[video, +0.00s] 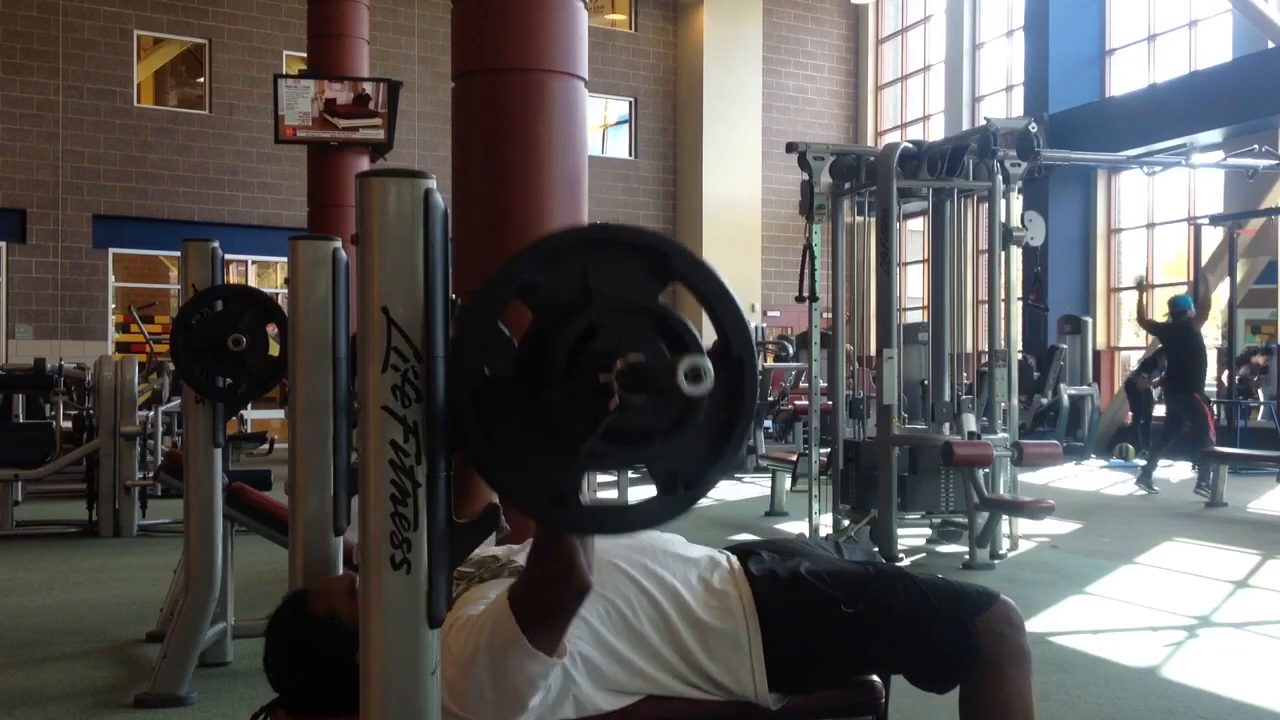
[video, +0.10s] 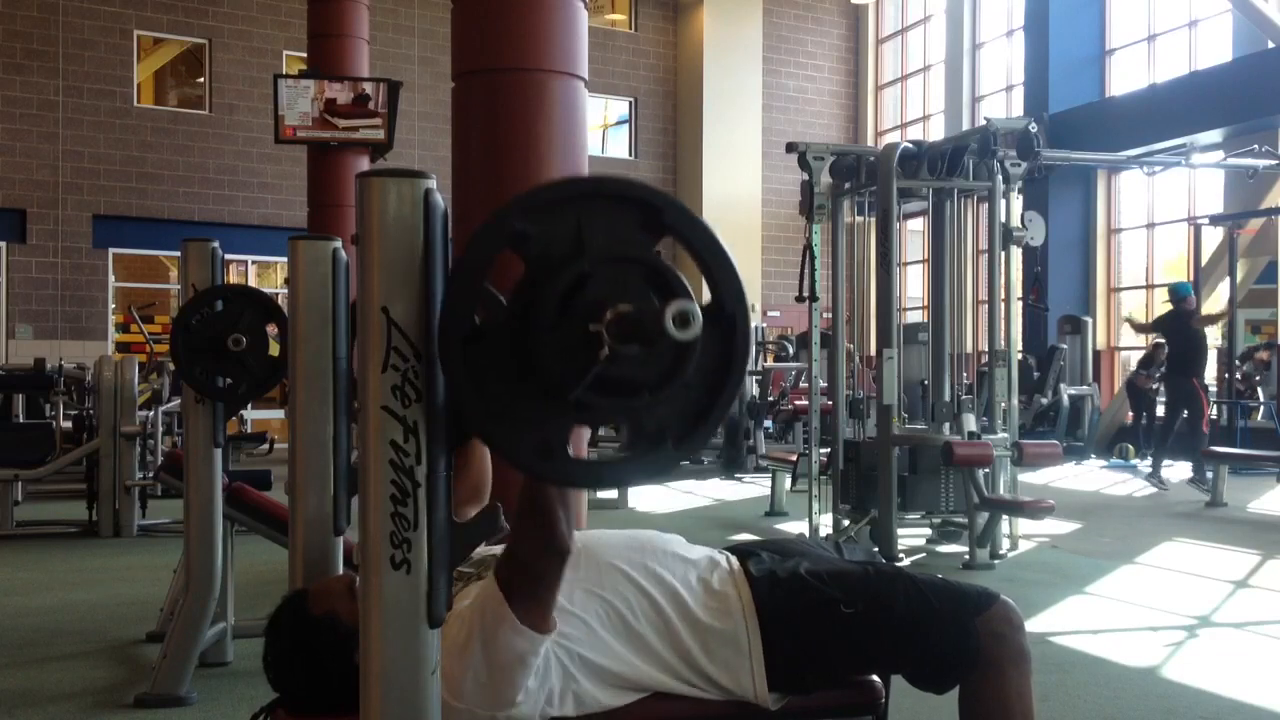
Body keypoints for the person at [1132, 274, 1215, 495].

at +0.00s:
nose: (1194, 312)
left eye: (1192, 309)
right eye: (1192, 309)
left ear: (1171, 312)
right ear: (1188, 312)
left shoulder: (1165, 329)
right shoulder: (1191, 327)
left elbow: (1143, 319)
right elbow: (1205, 306)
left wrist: (1141, 293)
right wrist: (1203, 281)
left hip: (1172, 391)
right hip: (1191, 392)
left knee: (1167, 433)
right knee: (1207, 433)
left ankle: (1146, 475)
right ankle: (1204, 481)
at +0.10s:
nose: (1194, 299)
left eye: (1193, 295)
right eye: (1192, 296)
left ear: (1174, 300)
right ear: (1186, 299)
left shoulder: (1167, 318)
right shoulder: (1189, 317)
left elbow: (1144, 328)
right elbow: (1203, 322)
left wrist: (1131, 322)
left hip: (1173, 379)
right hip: (1190, 379)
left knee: (1169, 423)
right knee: (1200, 423)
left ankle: (1155, 471)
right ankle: (1199, 474)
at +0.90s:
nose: (1193, 323)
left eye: (1184, 318)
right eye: (1192, 319)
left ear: (1176, 323)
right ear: (1193, 323)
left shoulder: (1172, 342)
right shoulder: (1196, 339)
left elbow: (1156, 320)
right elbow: (1203, 314)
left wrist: (1161, 293)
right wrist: (1197, 287)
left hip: (1175, 403)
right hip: (1193, 404)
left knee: (1172, 443)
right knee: (1219, 442)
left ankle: (1146, 480)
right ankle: (1210, 486)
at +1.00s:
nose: (1199, 319)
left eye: (1197, 316)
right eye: (1198, 316)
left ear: (1176, 320)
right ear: (1194, 320)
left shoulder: (1170, 335)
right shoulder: (1196, 333)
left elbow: (1156, 317)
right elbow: (1207, 311)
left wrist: (1162, 290)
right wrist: (1197, 286)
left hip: (1177, 398)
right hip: (1194, 399)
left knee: (1176, 438)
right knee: (1216, 436)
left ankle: (1147, 478)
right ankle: (1210, 484)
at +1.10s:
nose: (1199, 303)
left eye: (1197, 300)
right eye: (1196, 301)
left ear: (1178, 305)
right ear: (1191, 303)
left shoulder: (1171, 322)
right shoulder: (1196, 319)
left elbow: (1150, 317)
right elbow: (1213, 307)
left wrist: (1145, 296)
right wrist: (1224, 292)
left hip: (1181, 384)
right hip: (1197, 384)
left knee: (1176, 426)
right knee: (1209, 428)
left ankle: (1155, 471)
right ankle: (1209, 475)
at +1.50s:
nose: (1202, 315)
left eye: (1200, 311)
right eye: (1200, 312)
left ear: (1181, 317)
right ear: (1195, 315)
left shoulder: (1173, 341)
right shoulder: (1202, 340)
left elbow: (1175, 371)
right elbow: (1209, 371)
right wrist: (1221, 399)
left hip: (1177, 395)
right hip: (1195, 396)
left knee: (1193, 437)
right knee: (1209, 438)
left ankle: (1180, 480)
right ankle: (1188, 482)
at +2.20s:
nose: (1198, 296)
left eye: (1196, 293)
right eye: (1195, 293)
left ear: (1178, 297)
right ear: (1190, 295)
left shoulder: (1171, 315)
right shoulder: (1198, 313)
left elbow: (1152, 320)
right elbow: (1222, 312)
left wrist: (1146, 310)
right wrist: (1232, 305)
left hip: (1178, 374)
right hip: (1196, 375)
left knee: (1175, 421)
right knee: (1203, 423)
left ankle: (1162, 469)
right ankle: (1199, 472)